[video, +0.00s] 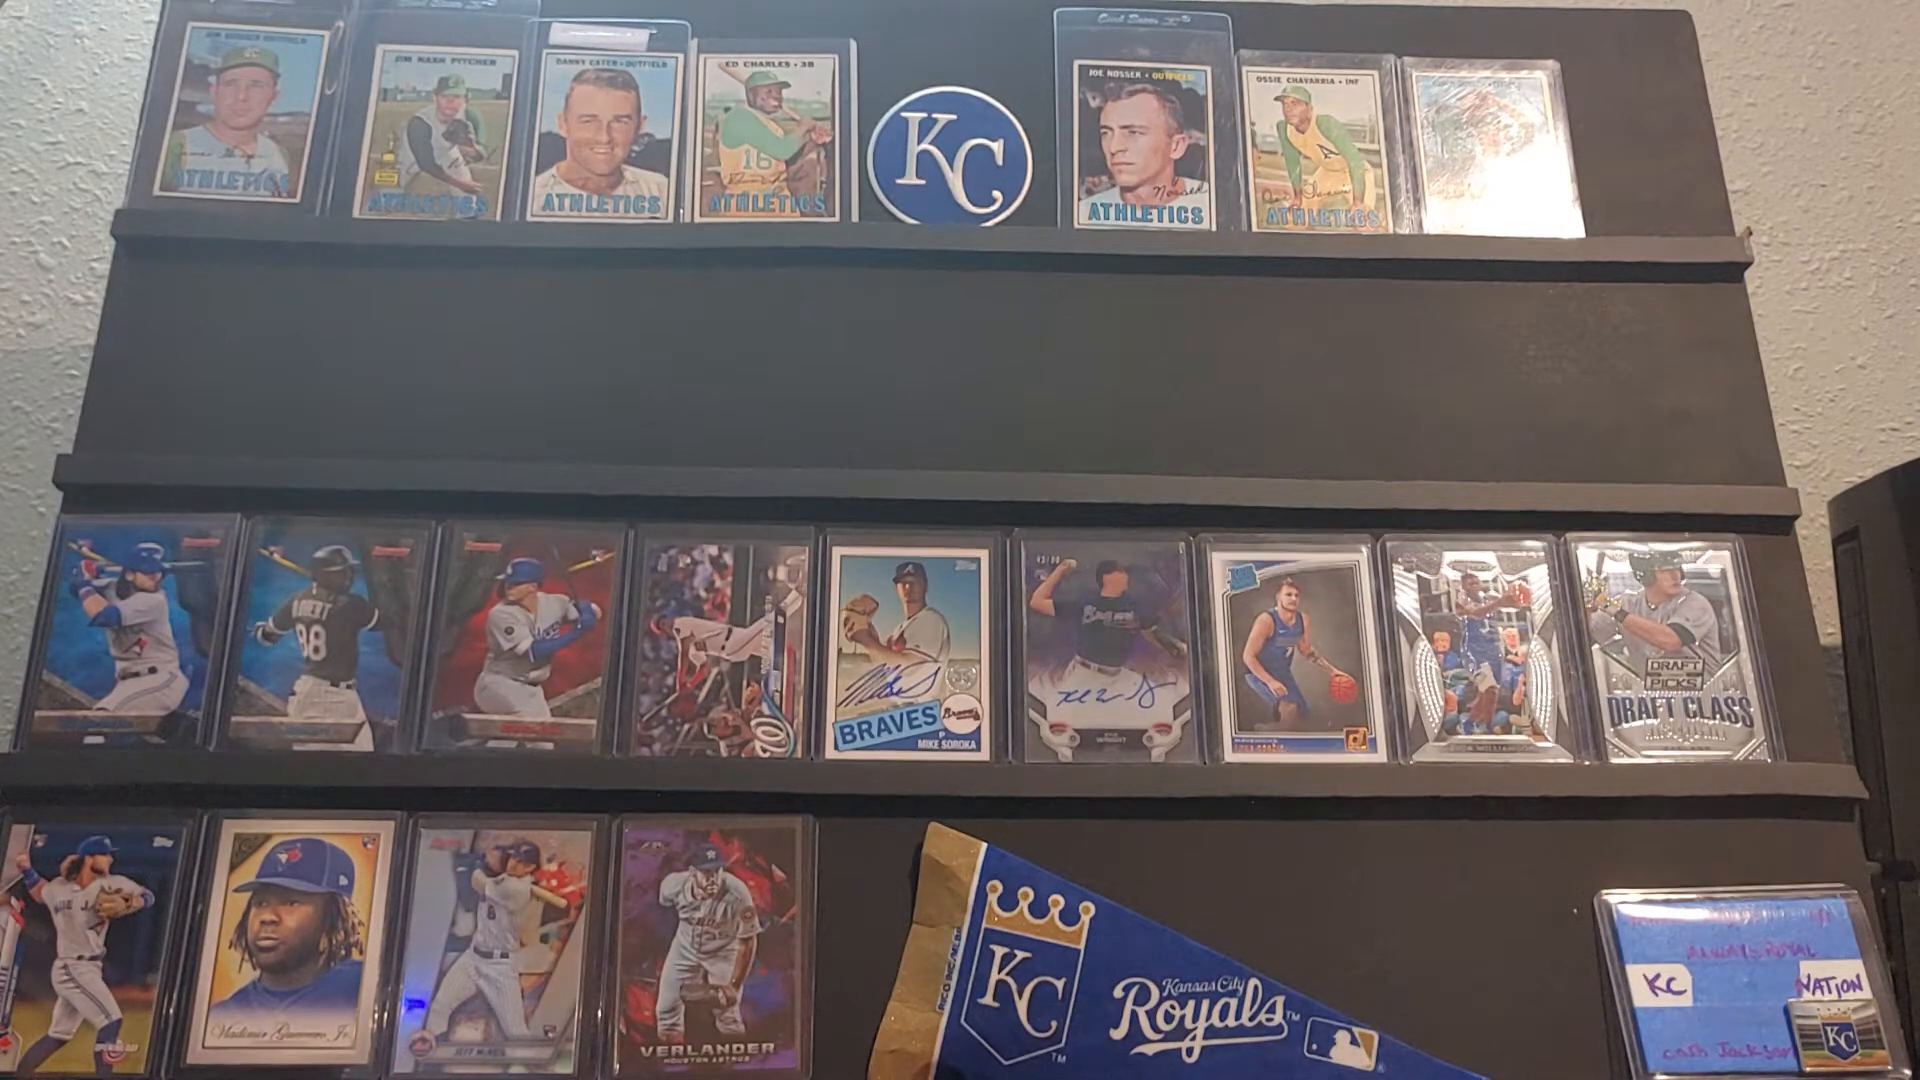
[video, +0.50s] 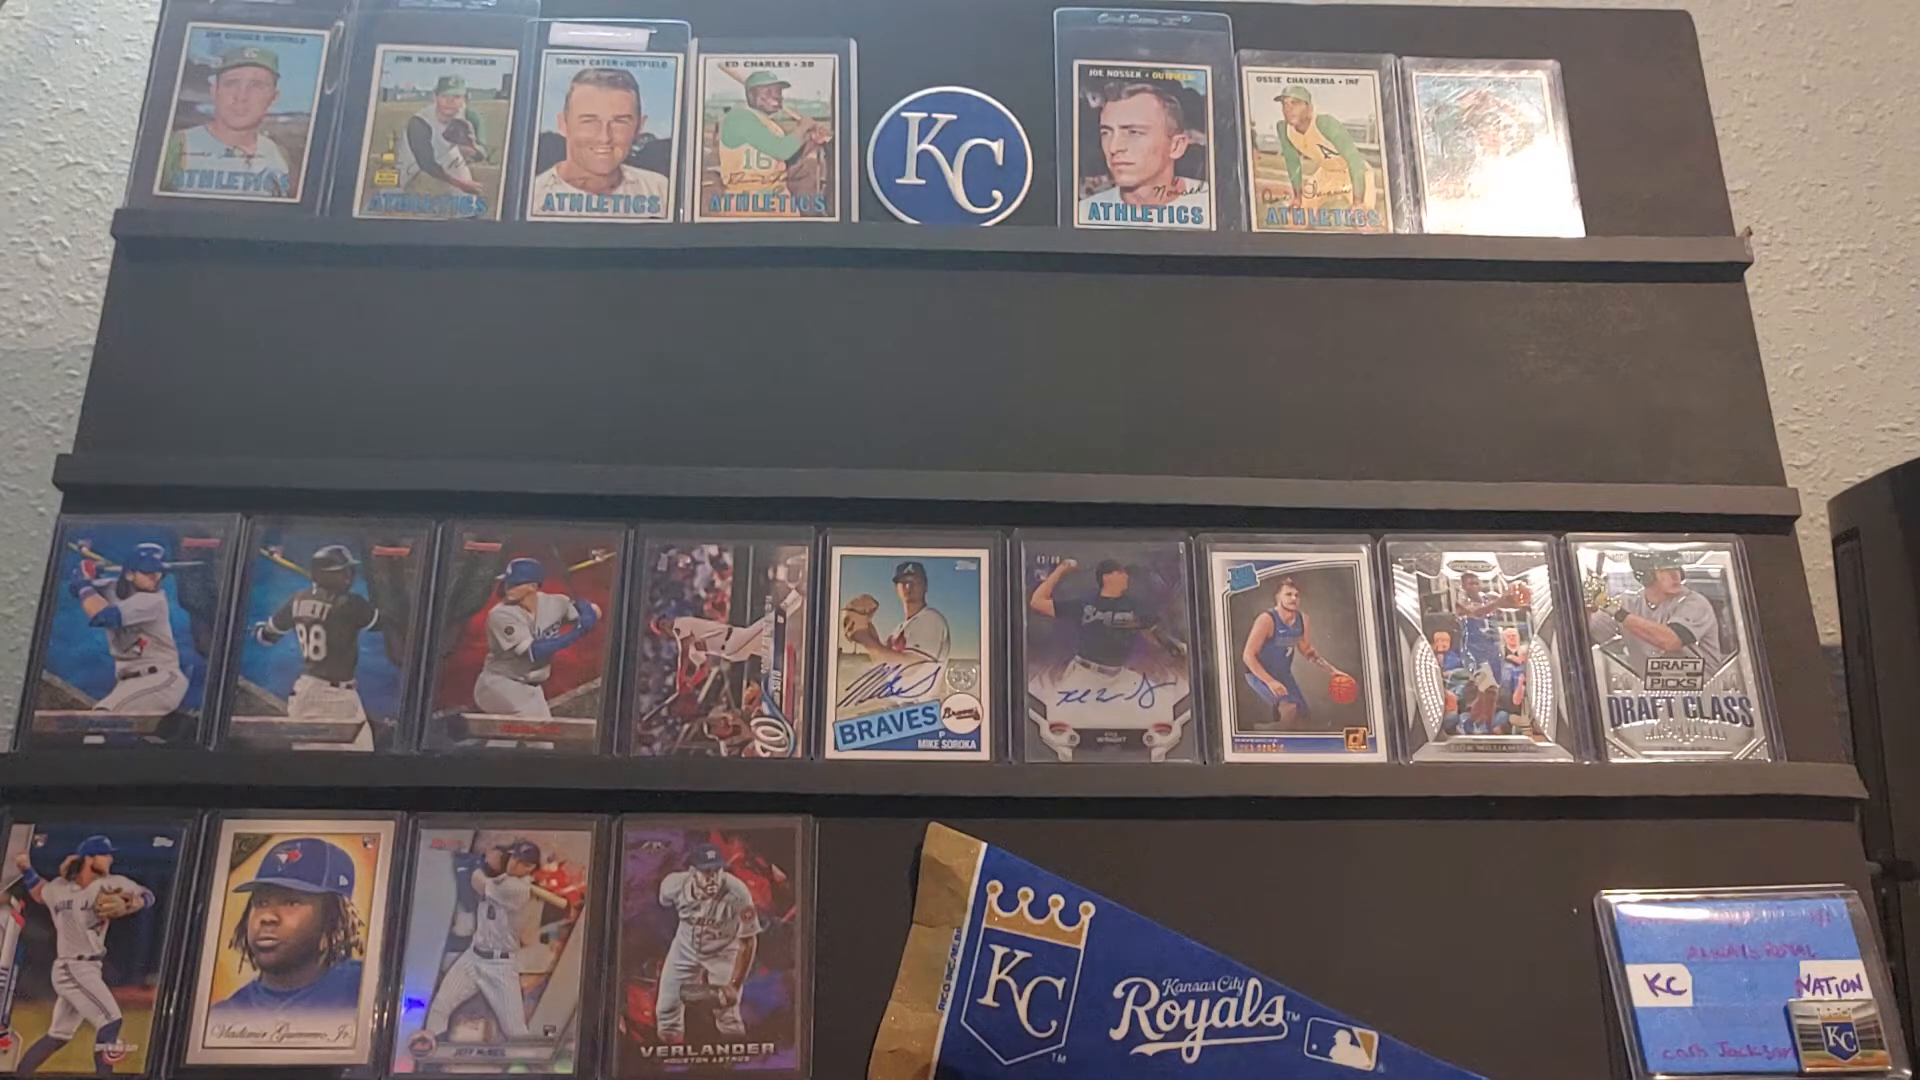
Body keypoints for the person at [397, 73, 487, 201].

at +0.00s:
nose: (451, 101)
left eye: (456, 97)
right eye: (445, 96)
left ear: (464, 100)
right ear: (436, 98)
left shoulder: (468, 116)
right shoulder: (419, 123)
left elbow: (480, 154)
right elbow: (427, 166)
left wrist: (469, 150)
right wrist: (462, 186)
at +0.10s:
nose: (450, 102)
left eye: (456, 97)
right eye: (445, 96)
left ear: (464, 100)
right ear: (436, 98)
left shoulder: (469, 117)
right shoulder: (419, 123)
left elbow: (481, 153)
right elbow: (427, 165)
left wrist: (470, 150)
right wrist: (462, 185)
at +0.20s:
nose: (450, 102)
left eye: (456, 97)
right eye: (444, 96)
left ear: (465, 101)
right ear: (436, 98)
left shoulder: (468, 117)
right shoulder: (419, 123)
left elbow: (481, 154)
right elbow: (427, 165)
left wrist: (470, 151)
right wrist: (462, 185)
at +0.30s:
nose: (450, 102)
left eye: (456, 97)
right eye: (444, 96)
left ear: (465, 101)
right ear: (436, 98)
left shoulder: (468, 117)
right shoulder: (419, 123)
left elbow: (481, 154)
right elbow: (427, 165)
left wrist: (471, 151)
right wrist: (462, 185)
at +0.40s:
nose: (450, 102)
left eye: (456, 97)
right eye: (444, 96)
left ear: (465, 101)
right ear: (436, 98)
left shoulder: (468, 117)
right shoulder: (419, 123)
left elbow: (481, 154)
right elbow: (427, 165)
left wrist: (471, 151)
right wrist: (462, 185)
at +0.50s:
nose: (450, 102)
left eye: (456, 97)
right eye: (444, 96)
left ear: (465, 101)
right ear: (436, 98)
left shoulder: (468, 117)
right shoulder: (419, 123)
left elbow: (481, 154)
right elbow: (427, 165)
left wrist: (470, 151)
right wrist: (462, 185)